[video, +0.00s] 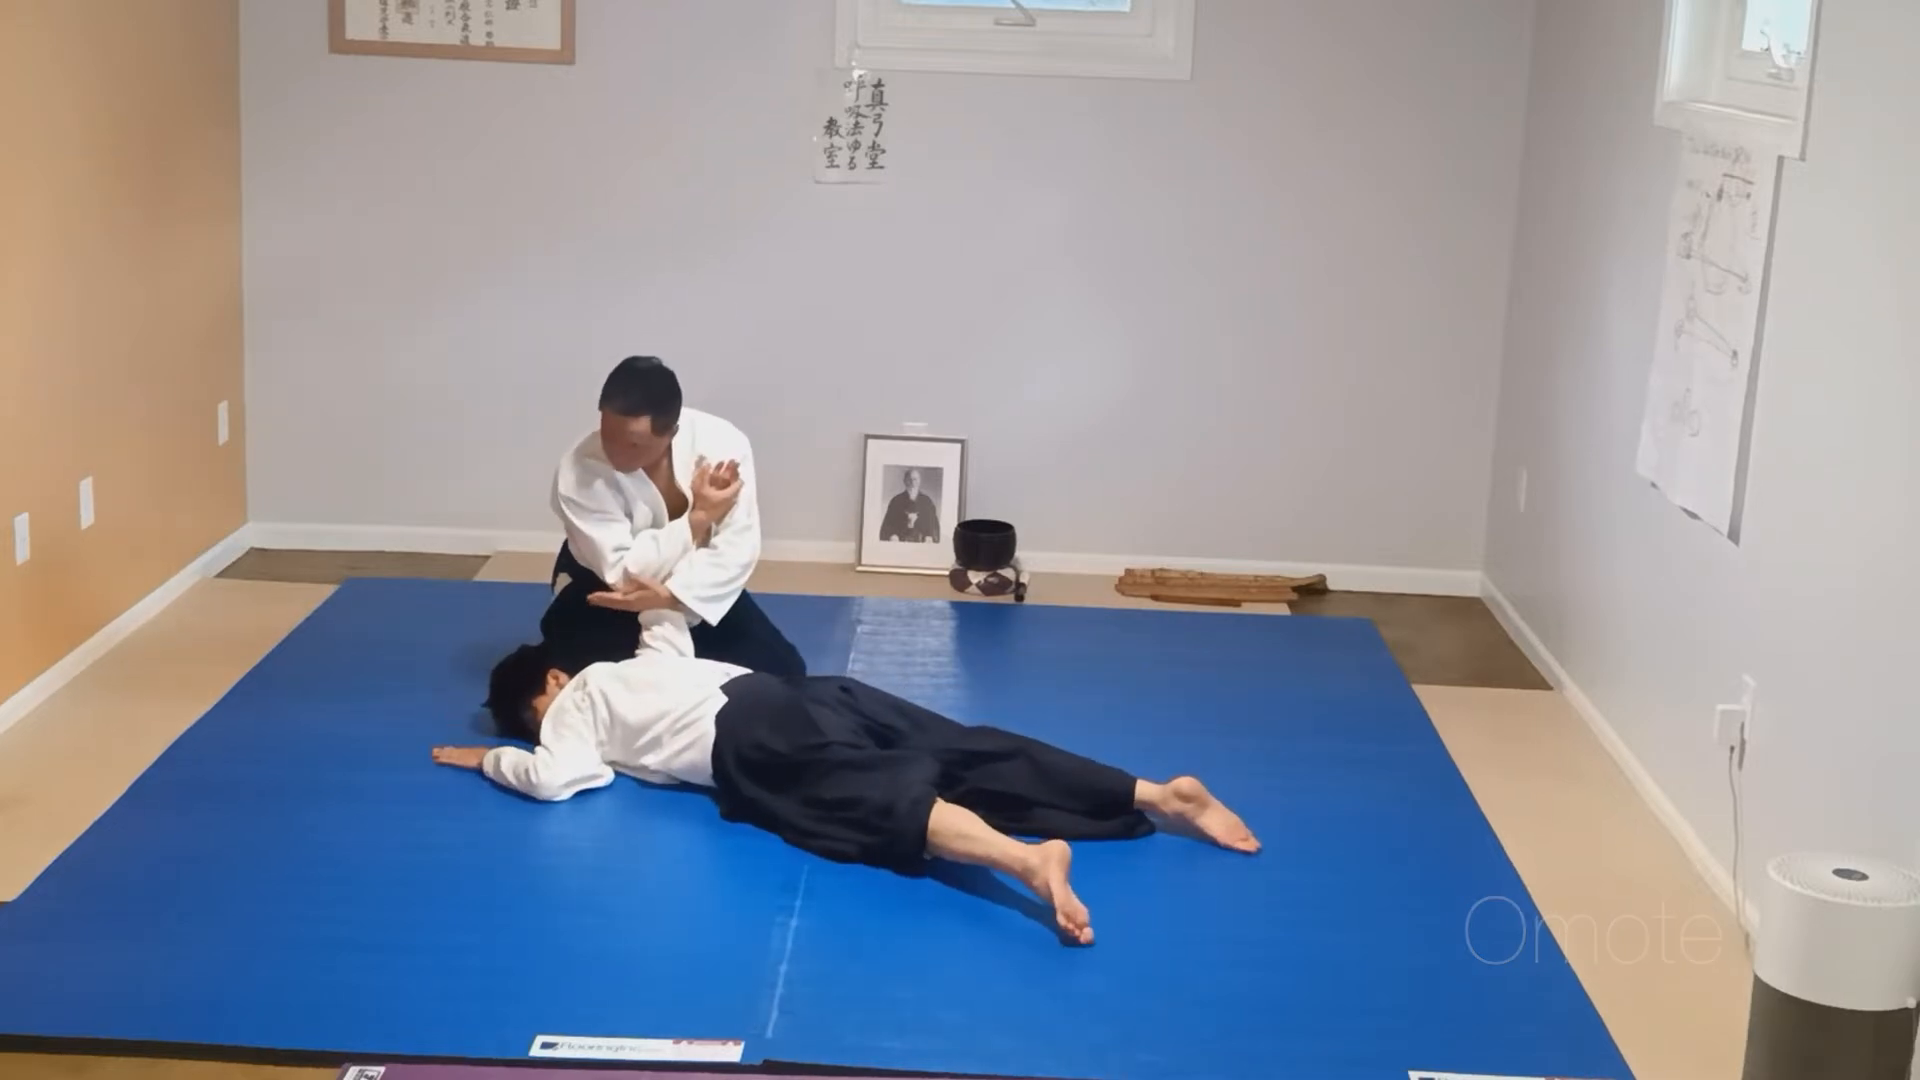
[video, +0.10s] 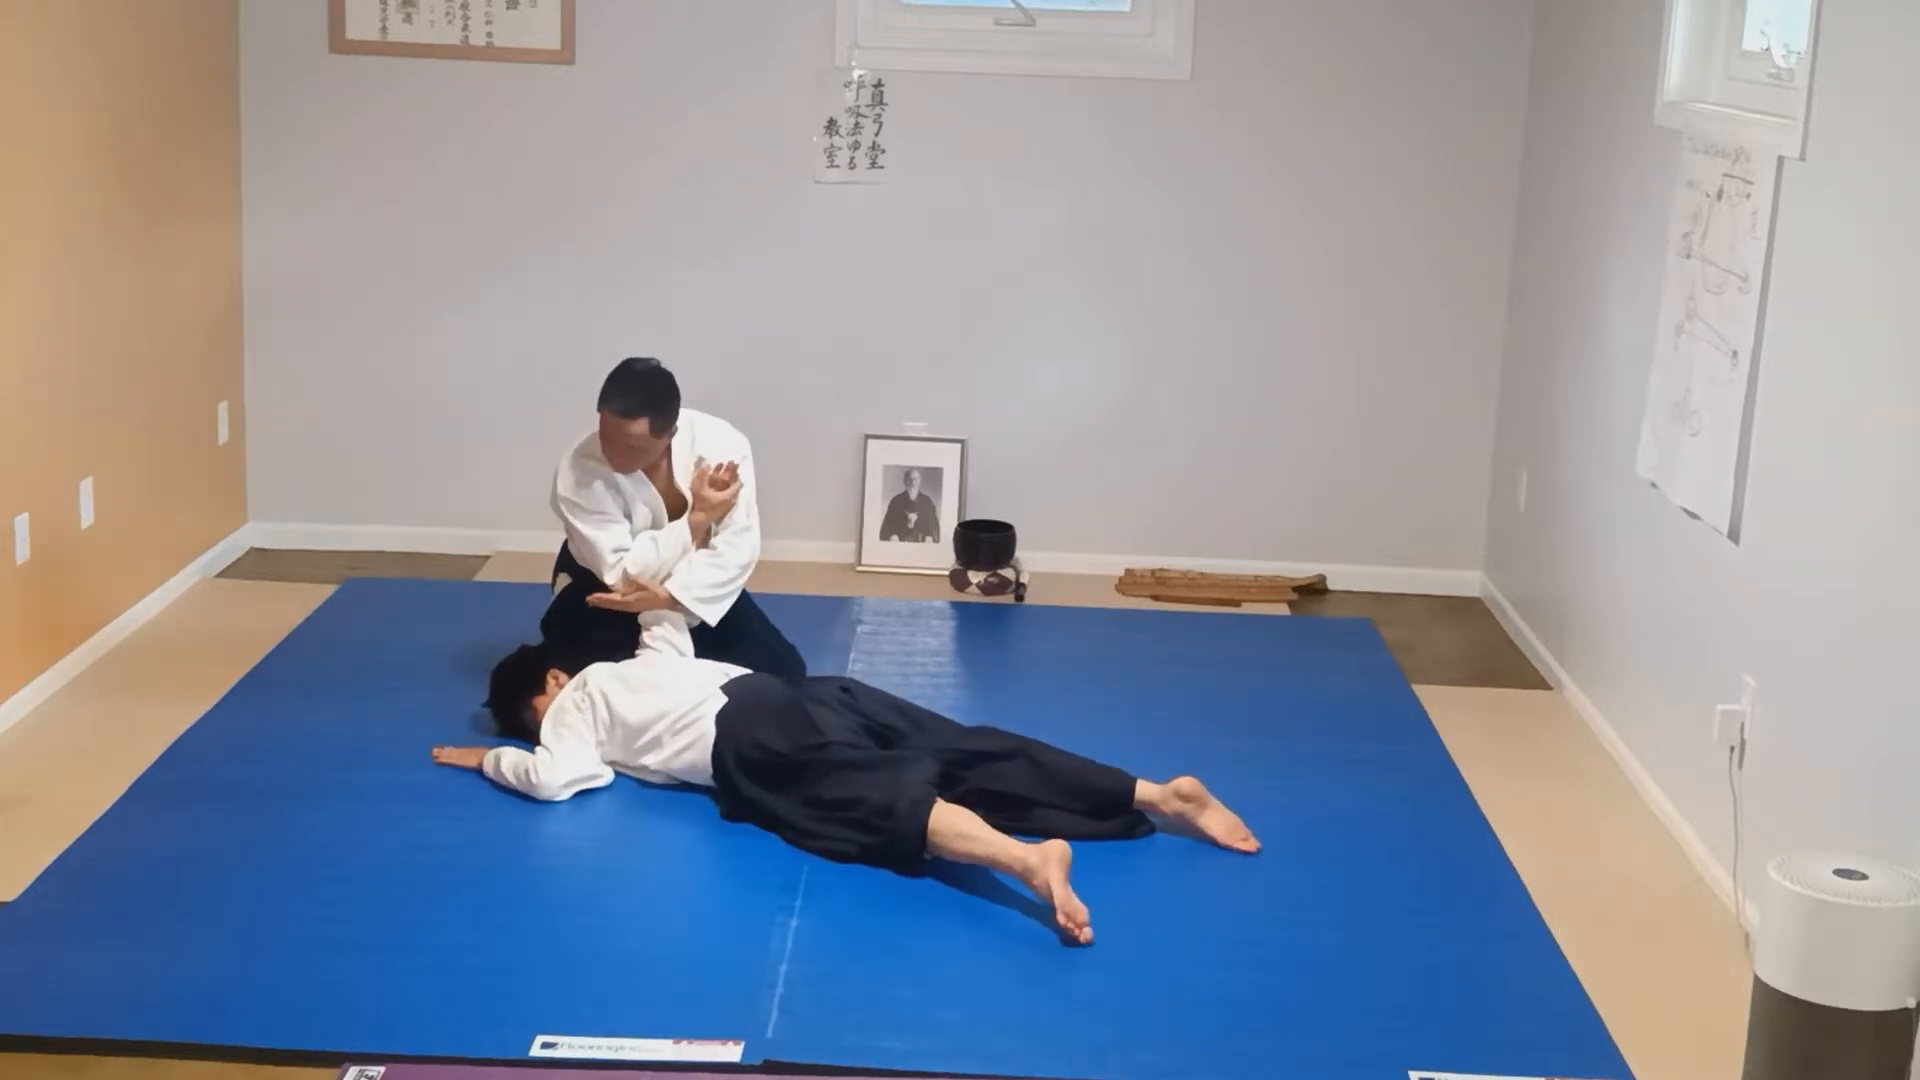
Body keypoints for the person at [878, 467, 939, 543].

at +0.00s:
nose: (912, 482)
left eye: (915, 479)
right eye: (909, 479)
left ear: (919, 481)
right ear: (905, 481)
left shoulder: (926, 501)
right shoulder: (896, 501)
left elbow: (933, 523)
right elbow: (887, 525)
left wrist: (931, 537)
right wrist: (892, 536)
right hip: (899, 543)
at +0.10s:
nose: (912, 482)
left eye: (915, 479)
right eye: (909, 479)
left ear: (919, 481)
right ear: (905, 481)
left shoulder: (926, 501)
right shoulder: (896, 501)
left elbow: (933, 523)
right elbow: (887, 525)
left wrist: (931, 537)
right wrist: (892, 536)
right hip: (899, 543)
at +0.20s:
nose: (913, 482)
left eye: (915, 479)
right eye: (910, 479)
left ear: (919, 481)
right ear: (905, 481)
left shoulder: (926, 501)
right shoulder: (896, 501)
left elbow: (933, 523)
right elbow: (887, 525)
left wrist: (931, 537)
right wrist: (892, 536)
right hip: (899, 543)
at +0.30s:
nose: (913, 482)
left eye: (915, 479)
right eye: (910, 479)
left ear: (919, 481)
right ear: (905, 481)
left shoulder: (926, 501)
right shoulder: (897, 500)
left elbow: (933, 523)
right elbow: (887, 525)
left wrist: (931, 537)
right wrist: (892, 536)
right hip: (899, 543)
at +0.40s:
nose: (912, 482)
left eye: (915, 479)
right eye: (909, 479)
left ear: (919, 481)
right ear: (905, 481)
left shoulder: (926, 501)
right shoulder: (896, 501)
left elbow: (933, 523)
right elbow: (887, 525)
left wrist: (931, 537)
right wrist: (892, 536)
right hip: (899, 543)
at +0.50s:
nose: (912, 482)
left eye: (915, 479)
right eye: (909, 479)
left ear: (919, 481)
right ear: (905, 481)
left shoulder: (926, 501)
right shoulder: (896, 501)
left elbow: (933, 523)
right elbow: (887, 525)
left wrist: (931, 537)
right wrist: (892, 536)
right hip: (899, 543)